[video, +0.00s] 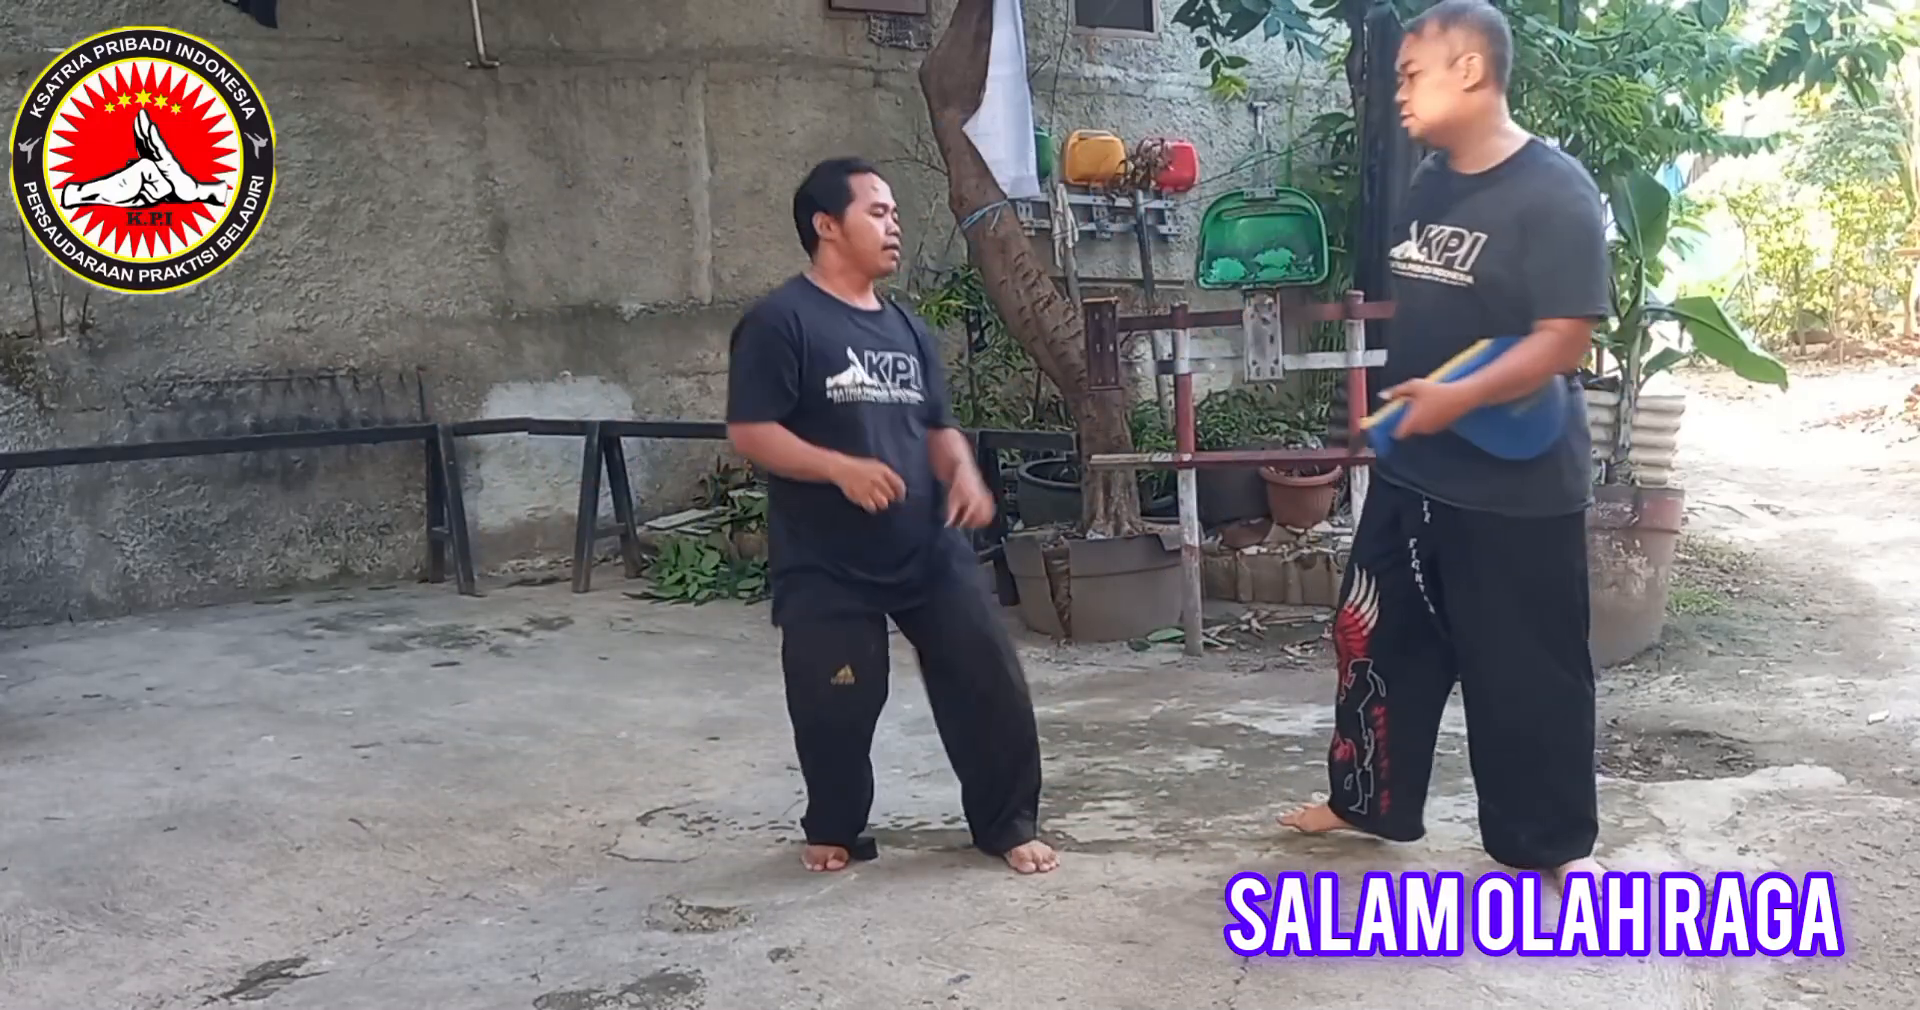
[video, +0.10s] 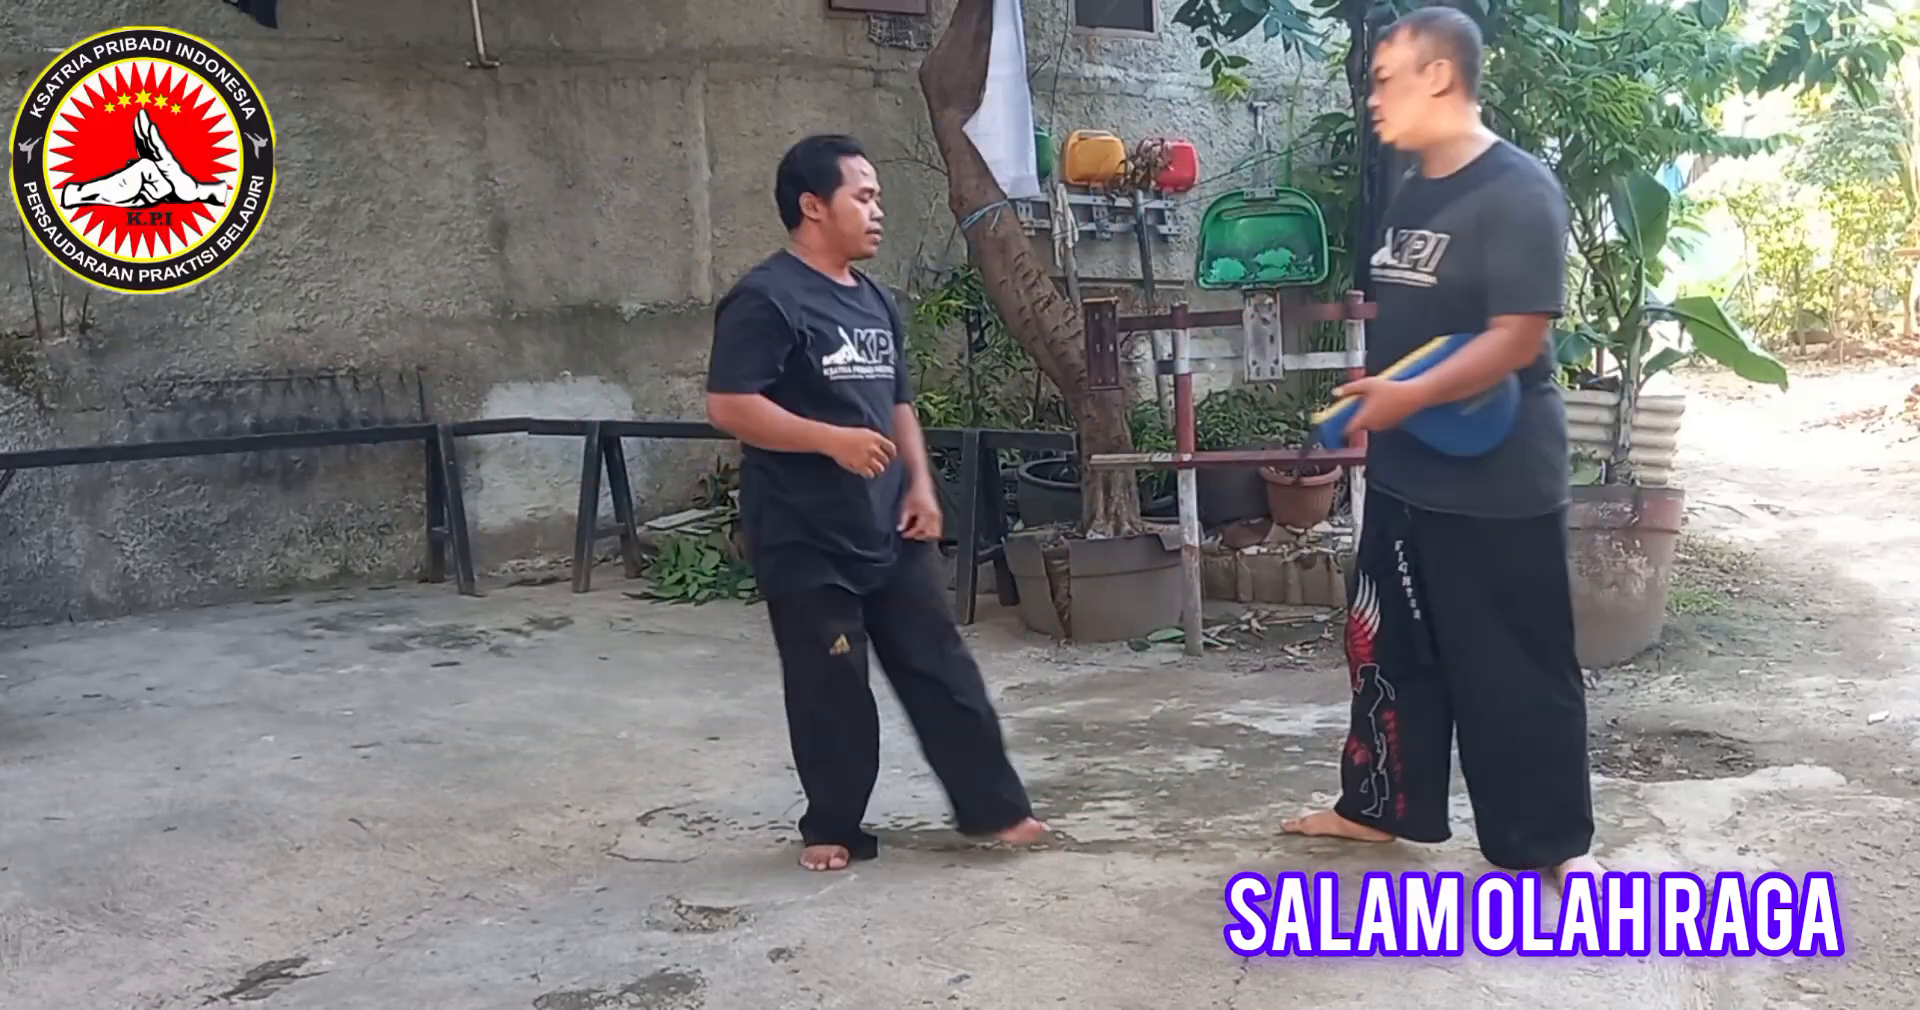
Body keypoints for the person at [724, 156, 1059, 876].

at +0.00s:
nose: (895, 226)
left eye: (894, 213)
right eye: (878, 212)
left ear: (890, 224)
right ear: (826, 226)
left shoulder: (910, 328)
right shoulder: (777, 320)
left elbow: (937, 428)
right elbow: (751, 434)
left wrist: (964, 472)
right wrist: (837, 467)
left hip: (926, 550)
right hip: (825, 561)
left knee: (988, 674)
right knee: (831, 698)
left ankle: (1009, 825)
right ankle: (832, 829)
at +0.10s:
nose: (878, 211)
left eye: (878, 197)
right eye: (863, 197)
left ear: (834, 208)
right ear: (812, 208)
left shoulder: (878, 302)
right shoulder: (762, 297)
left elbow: (898, 406)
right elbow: (729, 406)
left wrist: (920, 479)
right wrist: (829, 438)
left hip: (885, 524)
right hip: (804, 533)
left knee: (941, 665)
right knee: (829, 683)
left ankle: (994, 809)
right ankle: (830, 828)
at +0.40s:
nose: (797, 229)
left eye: (797, 215)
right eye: (780, 217)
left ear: (788, 220)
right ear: (731, 228)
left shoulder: (806, 307)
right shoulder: (685, 318)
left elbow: (830, 405)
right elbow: (644, 421)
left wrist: (860, 472)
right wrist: (720, 470)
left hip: (800, 530)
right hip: (734, 536)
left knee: (768, 651)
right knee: (779, 672)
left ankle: (706, 746)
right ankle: (825, 823)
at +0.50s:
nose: (775, 238)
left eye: (776, 225)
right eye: (760, 227)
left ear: (772, 229)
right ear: (710, 236)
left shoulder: (783, 314)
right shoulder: (661, 313)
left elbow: (814, 402)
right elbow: (580, 382)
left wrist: (843, 463)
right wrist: (673, 386)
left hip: (766, 523)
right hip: (694, 524)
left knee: (729, 649)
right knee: (731, 654)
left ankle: (690, 769)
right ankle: (795, 811)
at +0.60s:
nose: (740, 232)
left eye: (742, 219)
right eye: (724, 220)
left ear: (743, 225)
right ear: (676, 229)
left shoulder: (762, 307)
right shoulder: (640, 296)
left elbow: (797, 394)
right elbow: (601, 342)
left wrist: (812, 461)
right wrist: (703, 367)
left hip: (745, 513)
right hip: (669, 510)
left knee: (729, 650)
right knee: (691, 642)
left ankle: (706, 774)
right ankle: (708, 799)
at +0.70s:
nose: (696, 222)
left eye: (699, 211)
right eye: (680, 213)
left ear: (704, 217)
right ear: (634, 226)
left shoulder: (727, 301)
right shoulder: (608, 304)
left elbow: (767, 382)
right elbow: (624, 370)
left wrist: (754, 452)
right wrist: (734, 367)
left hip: (713, 504)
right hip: (630, 507)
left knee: (716, 649)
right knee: (626, 644)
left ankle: (706, 774)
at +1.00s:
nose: (596, 259)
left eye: (603, 244)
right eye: (581, 247)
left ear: (610, 238)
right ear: (539, 243)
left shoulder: (631, 309)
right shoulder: (493, 320)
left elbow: (654, 395)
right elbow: (463, 414)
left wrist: (650, 463)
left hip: (618, 509)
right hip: (529, 517)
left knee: (654, 622)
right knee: (527, 644)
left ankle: (674, 754)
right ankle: (532, 759)